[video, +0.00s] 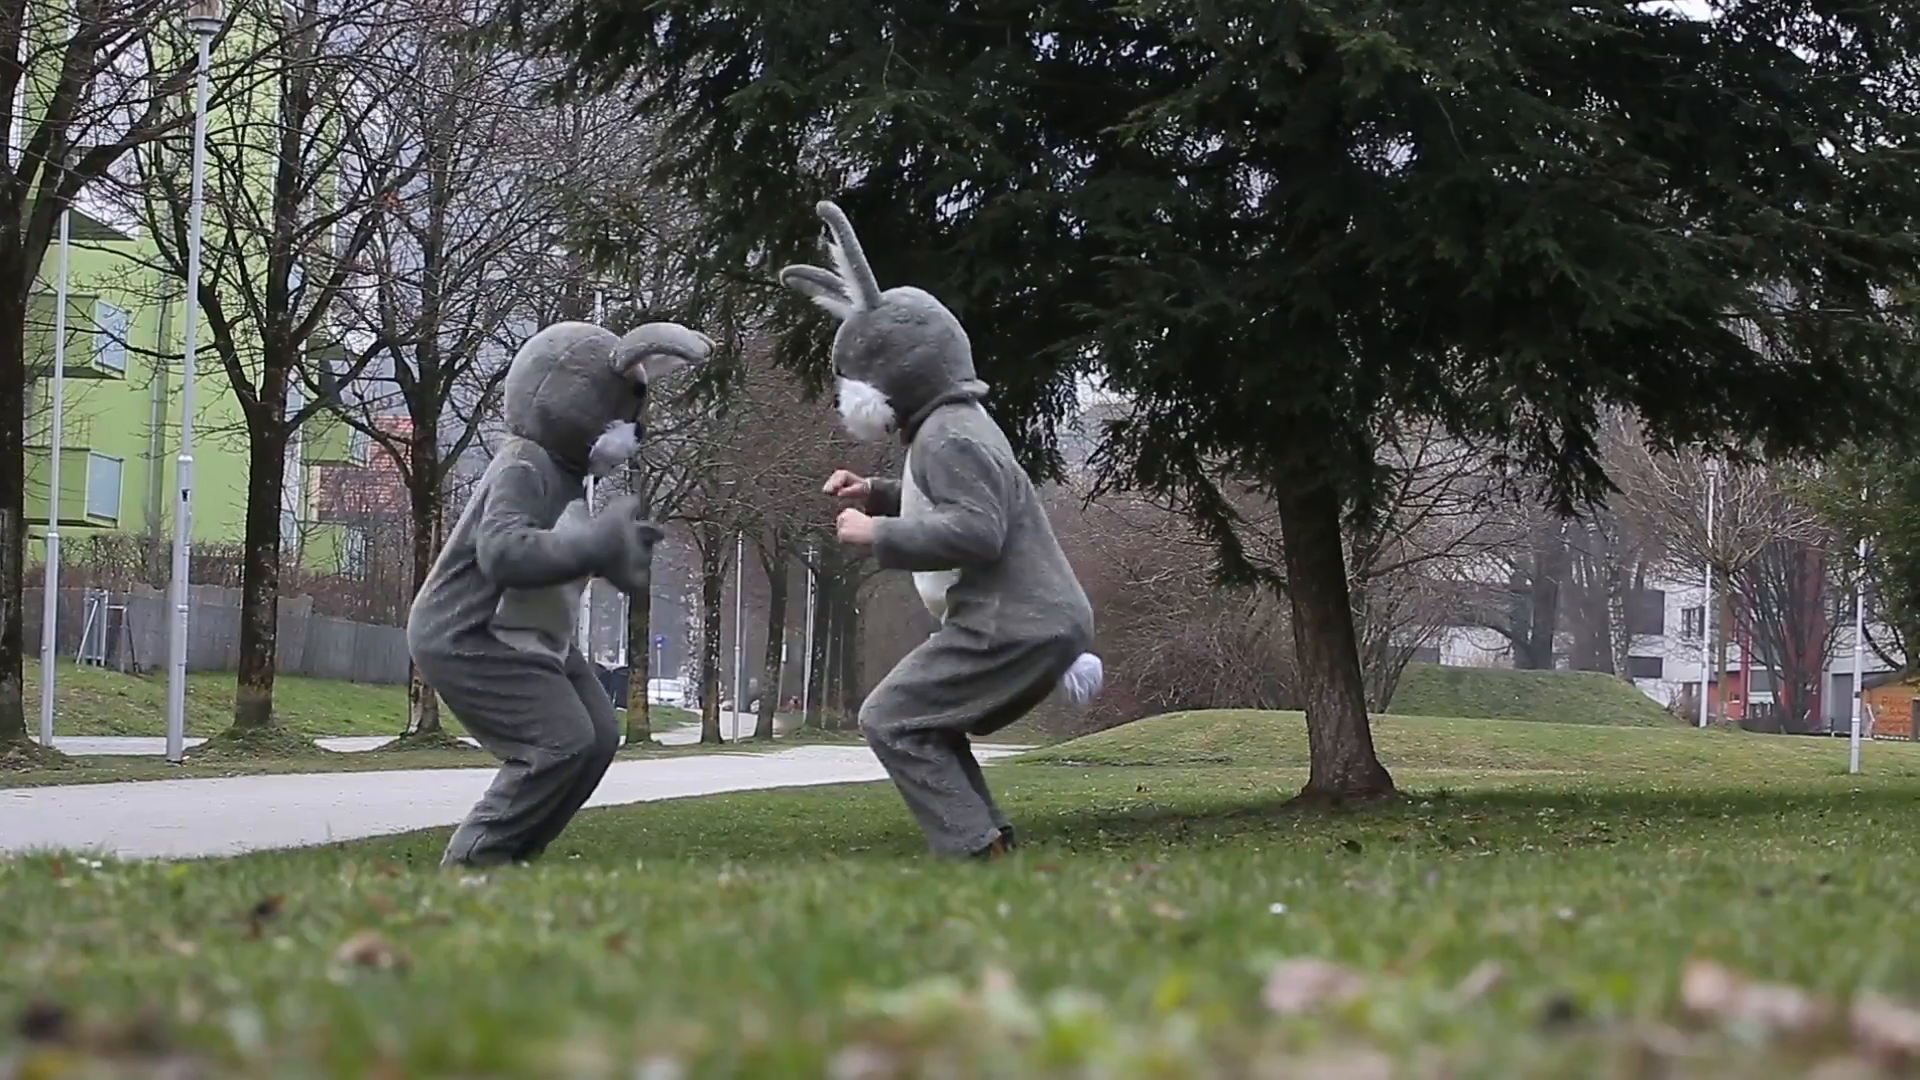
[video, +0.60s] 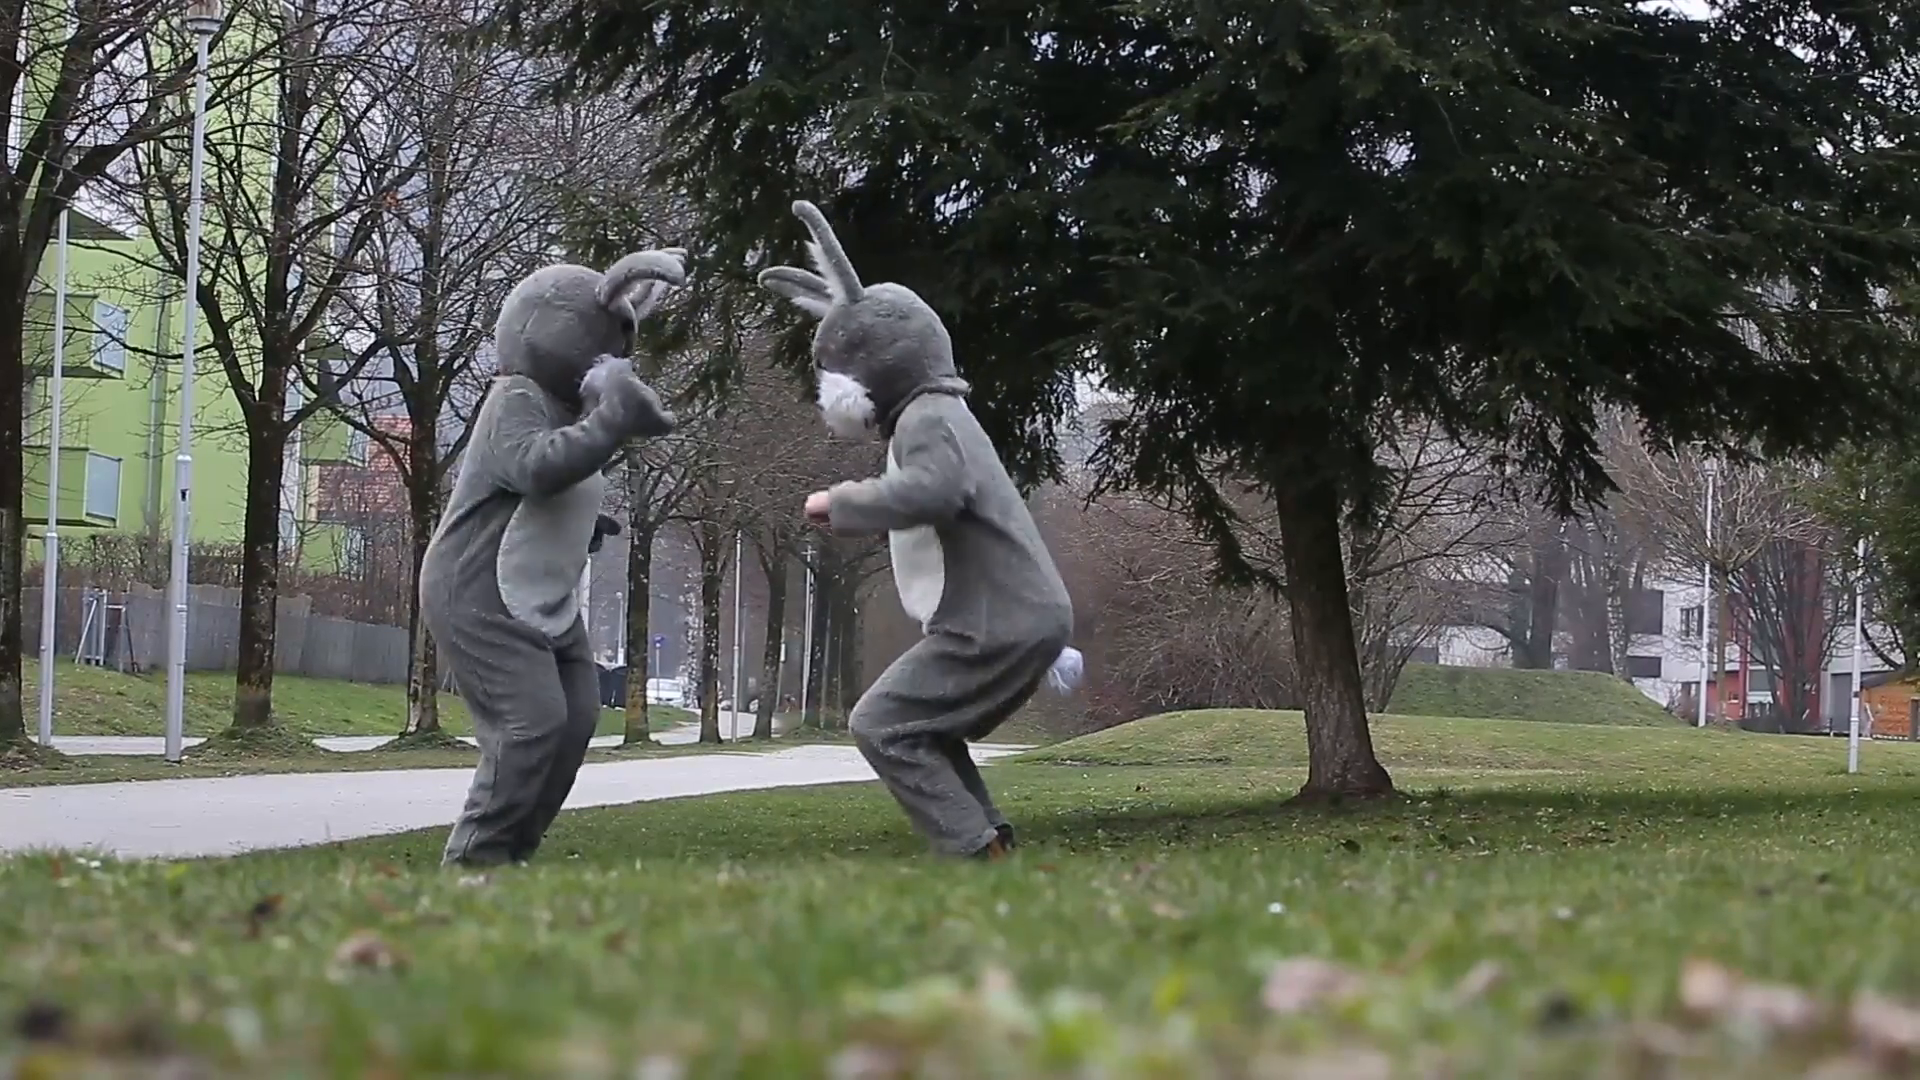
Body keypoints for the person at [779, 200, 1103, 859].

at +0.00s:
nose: (847, 397)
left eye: (854, 380)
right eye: (845, 382)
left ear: (894, 374)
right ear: (921, 366)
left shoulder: (948, 436)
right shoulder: (954, 427)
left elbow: (979, 531)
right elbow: (946, 505)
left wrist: (883, 531)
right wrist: (878, 493)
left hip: (1018, 623)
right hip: (1037, 621)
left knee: (890, 716)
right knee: (923, 719)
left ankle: (974, 844)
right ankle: (985, 835)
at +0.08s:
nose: (844, 392)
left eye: (849, 374)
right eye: (841, 377)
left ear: (888, 364)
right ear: (927, 355)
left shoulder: (936, 419)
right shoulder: (971, 414)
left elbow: (945, 497)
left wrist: (850, 505)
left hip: (1015, 616)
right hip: (1053, 613)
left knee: (893, 716)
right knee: (942, 721)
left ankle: (973, 843)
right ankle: (989, 833)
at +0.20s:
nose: (843, 391)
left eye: (847, 372)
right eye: (838, 375)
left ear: (883, 360)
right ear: (932, 350)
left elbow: (884, 454)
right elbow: (993, 506)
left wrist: (816, 475)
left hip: (1016, 609)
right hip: (1057, 606)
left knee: (898, 715)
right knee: (947, 722)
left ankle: (978, 840)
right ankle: (993, 832)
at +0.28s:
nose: (839, 387)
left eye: (845, 370)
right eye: (835, 373)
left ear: (882, 360)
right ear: (923, 351)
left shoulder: (933, 409)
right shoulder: (965, 408)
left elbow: (923, 467)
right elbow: (982, 506)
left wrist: (835, 479)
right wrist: (920, 529)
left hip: (1013, 607)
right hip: (1048, 606)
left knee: (892, 716)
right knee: (939, 722)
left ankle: (977, 842)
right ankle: (989, 833)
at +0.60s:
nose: (827, 391)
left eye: (834, 373)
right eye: (825, 376)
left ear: (874, 365)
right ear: (909, 357)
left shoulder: (926, 417)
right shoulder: (943, 416)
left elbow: (938, 489)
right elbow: (936, 497)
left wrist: (842, 501)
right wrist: (855, 512)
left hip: (1002, 621)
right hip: (1025, 619)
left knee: (880, 721)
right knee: (924, 727)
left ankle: (974, 844)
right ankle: (985, 834)